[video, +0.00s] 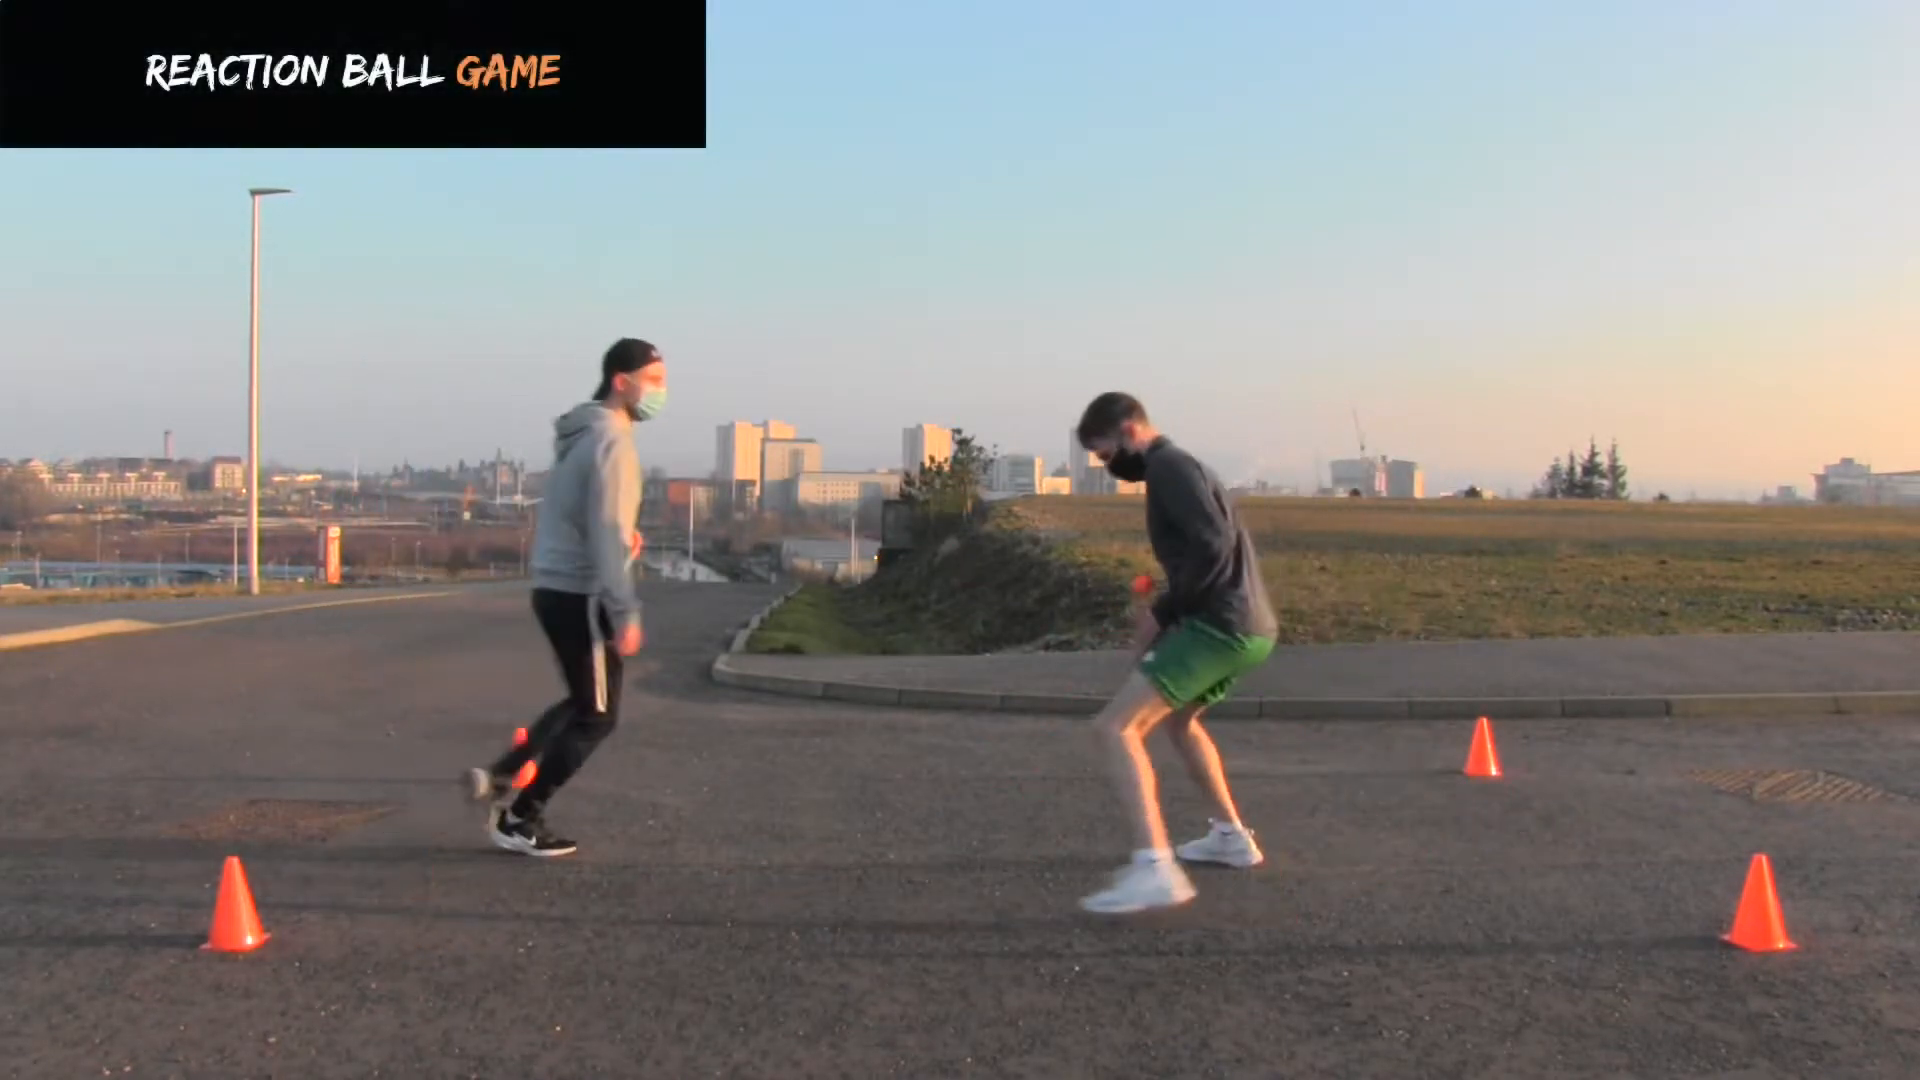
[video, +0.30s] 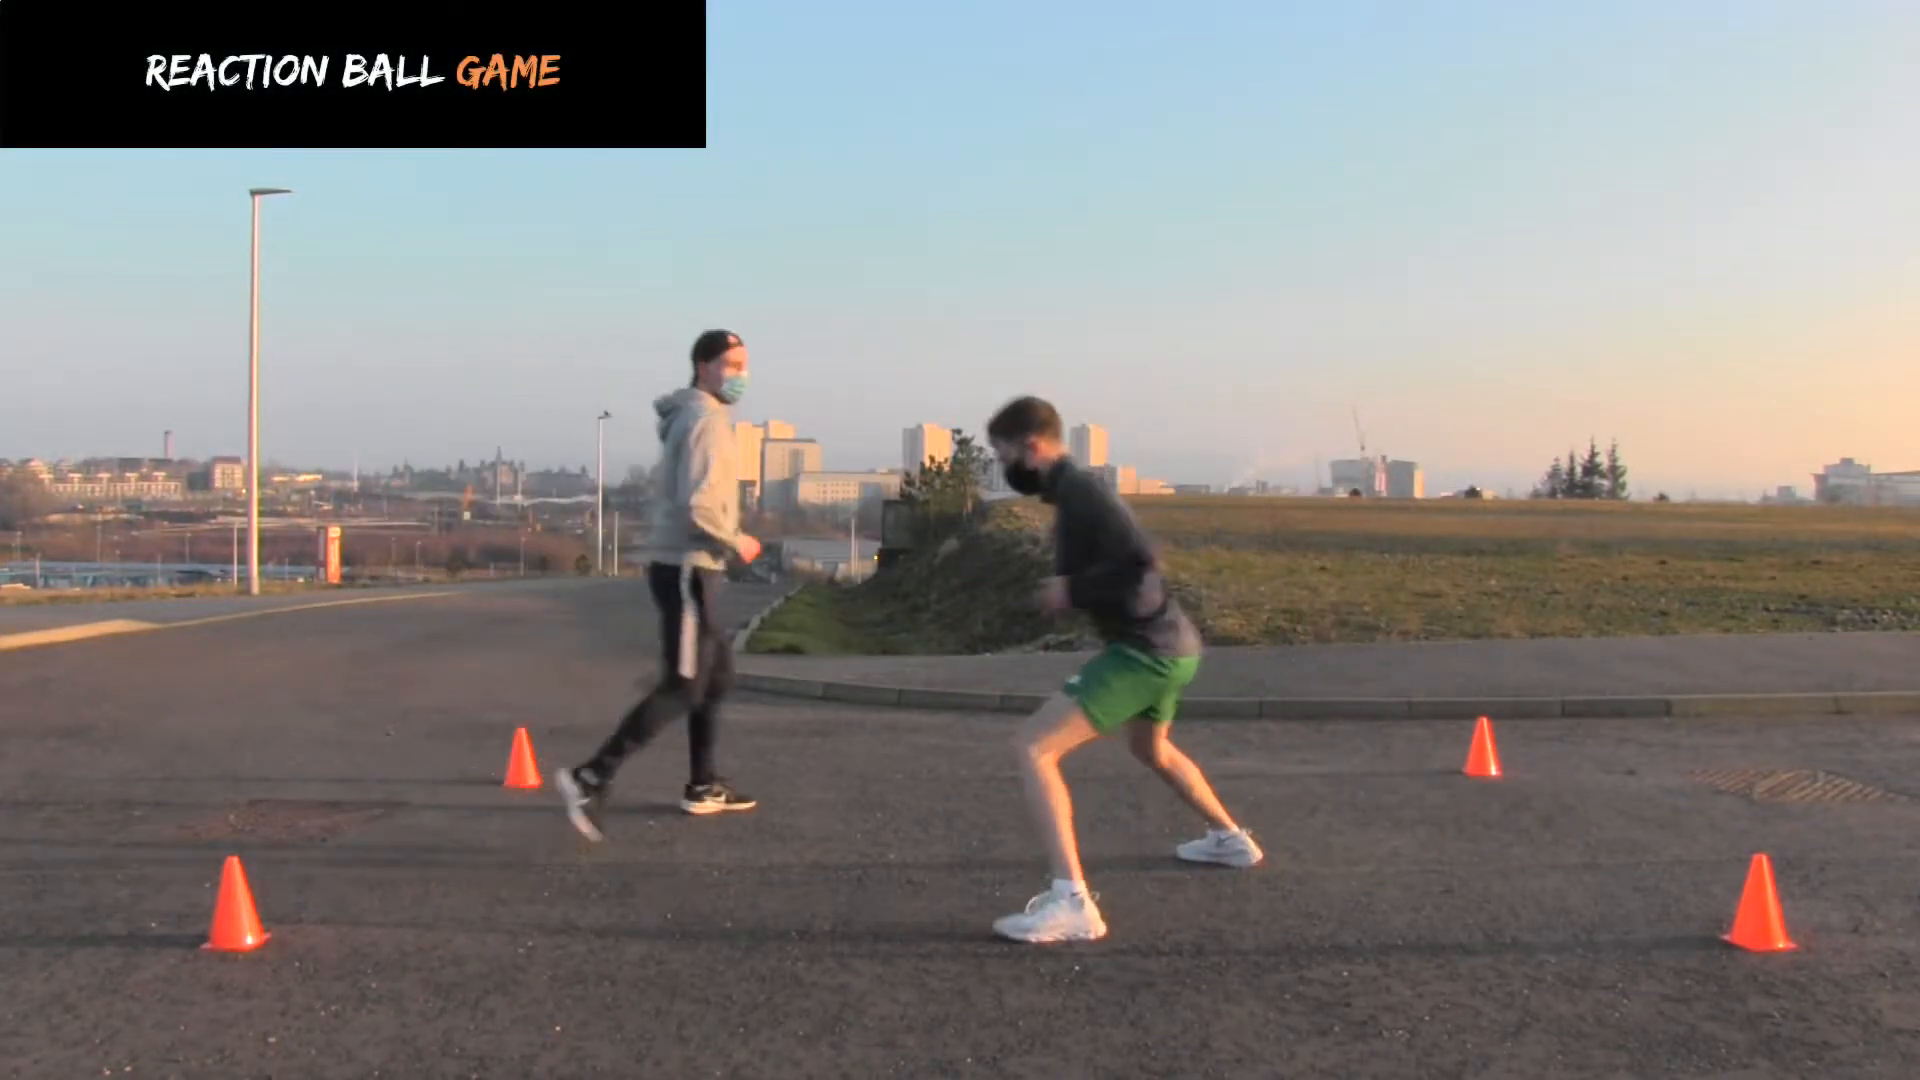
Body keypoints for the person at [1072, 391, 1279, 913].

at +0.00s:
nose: (1100, 462)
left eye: (1102, 449)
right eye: (1095, 454)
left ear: (1131, 429)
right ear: (1132, 431)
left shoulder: (1168, 467)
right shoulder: (1177, 464)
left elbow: (1213, 547)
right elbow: (1212, 555)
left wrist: (1161, 609)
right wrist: (1165, 595)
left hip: (1221, 625)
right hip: (1250, 626)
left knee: (1117, 728)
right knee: (1180, 720)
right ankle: (1231, 833)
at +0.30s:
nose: (1003, 465)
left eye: (1006, 452)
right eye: (999, 454)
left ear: (1036, 444)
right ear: (1045, 445)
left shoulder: (1080, 490)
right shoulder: (1076, 491)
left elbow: (1138, 563)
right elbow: (1119, 565)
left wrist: (1071, 590)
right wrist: (1069, 589)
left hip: (1145, 651)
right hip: (1173, 647)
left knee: (1035, 750)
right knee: (1151, 745)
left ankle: (1072, 899)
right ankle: (1232, 837)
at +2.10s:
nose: (582, 386)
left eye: (586, 377)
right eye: (578, 374)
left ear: (554, 369)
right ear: (546, 366)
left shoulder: (536, 412)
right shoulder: (519, 412)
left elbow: (510, 473)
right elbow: (474, 486)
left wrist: (552, 477)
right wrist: (530, 539)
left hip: (509, 565)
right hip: (494, 567)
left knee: (514, 686)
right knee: (511, 688)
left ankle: (442, 787)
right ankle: (437, 789)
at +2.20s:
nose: (590, 389)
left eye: (595, 380)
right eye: (586, 377)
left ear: (563, 374)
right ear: (555, 368)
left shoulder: (549, 414)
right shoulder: (525, 411)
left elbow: (521, 468)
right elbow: (479, 475)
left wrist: (560, 477)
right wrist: (530, 533)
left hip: (532, 564)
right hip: (502, 568)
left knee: (554, 664)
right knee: (503, 687)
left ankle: (489, 757)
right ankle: (435, 776)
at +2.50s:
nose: (639, 447)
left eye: (642, 438)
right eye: (632, 438)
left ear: (636, 436)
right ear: (604, 433)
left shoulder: (611, 484)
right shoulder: (575, 484)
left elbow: (591, 539)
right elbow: (541, 553)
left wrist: (621, 548)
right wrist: (606, 595)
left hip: (582, 612)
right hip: (541, 617)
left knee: (638, 678)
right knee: (510, 716)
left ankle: (635, 768)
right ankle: (421, 793)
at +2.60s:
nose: (678, 425)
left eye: (683, 416)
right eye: (670, 415)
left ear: (685, 414)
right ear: (644, 411)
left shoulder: (661, 464)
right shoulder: (621, 461)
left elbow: (642, 528)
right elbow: (587, 529)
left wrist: (669, 531)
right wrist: (641, 568)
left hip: (636, 594)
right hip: (596, 593)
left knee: (673, 675)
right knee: (557, 688)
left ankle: (640, 767)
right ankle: (466, 769)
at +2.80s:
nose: (742, 382)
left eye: (747, 375)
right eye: (735, 372)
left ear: (748, 373)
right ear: (711, 365)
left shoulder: (732, 417)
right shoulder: (678, 410)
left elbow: (716, 476)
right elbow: (635, 464)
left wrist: (740, 476)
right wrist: (687, 503)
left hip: (715, 547)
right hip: (672, 546)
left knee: (720, 652)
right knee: (663, 656)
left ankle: (673, 734)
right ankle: (635, 749)